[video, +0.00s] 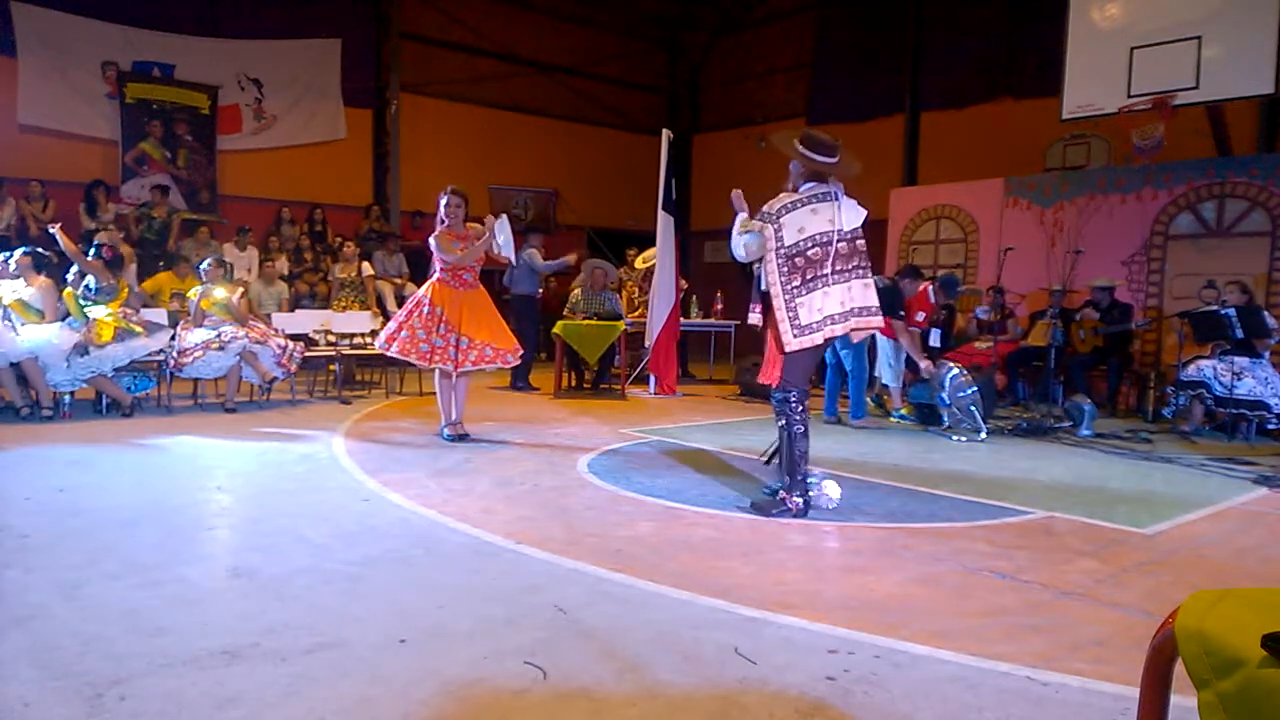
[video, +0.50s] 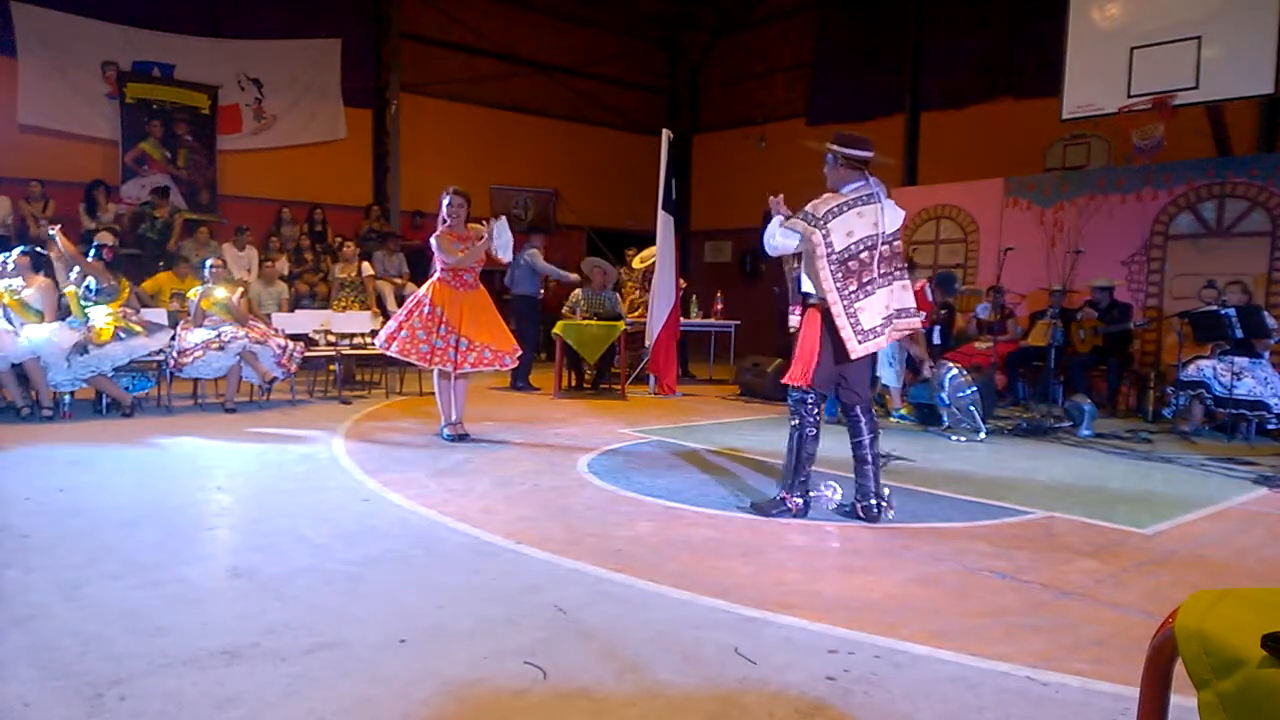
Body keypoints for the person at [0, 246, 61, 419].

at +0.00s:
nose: (16, 259)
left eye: (22, 255)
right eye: (17, 256)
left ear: (33, 261)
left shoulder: (46, 284)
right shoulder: (19, 287)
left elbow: (52, 318)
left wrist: (27, 326)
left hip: (44, 332)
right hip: (20, 333)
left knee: (23, 352)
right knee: (2, 356)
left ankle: (45, 398)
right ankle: (20, 401)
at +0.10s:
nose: (15, 259)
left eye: (21, 255)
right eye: (16, 256)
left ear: (32, 261)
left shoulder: (46, 284)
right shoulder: (18, 286)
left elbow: (51, 319)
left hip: (42, 333)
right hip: (18, 334)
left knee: (25, 353)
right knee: (2, 356)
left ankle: (45, 399)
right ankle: (20, 401)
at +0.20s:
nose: (14, 259)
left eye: (20, 255)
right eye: (15, 255)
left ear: (30, 261)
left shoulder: (45, 284)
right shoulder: (18, 286)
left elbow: (52, 320)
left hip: (43, 336)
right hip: (20, 337)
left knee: (25, 352)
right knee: (2, 356)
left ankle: (45, 399)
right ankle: (20, 401)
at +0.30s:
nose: (14, 259)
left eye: (20, 255)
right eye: (16, 255)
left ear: (30, 261)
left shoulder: (45, 284)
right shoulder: (19, 287)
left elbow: (51, 320)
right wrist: (8, 305)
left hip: (42, 336)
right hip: (20, 337)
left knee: (25, 352)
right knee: (2, 357)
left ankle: (45, 399)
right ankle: (20, 401)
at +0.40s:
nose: (14, 259)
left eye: (20, 255)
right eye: (16, 255)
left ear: (31, 261)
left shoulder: (45, 284)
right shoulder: (21, 287)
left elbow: (51, 319)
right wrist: (8, 306)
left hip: (43, 336)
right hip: (21, 337)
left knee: (25, 352)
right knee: (2, 356)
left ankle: (45, 400)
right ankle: (20, 401)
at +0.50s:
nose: (14, 260)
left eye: (18, 256)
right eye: (16, 256)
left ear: (28, 260)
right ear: (24, 261)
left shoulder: (45, 284)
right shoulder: (18, 286)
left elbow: (50, 320)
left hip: (40, 335)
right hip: (18, 337)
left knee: (25, 353)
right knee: (2, 358)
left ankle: (45, 399)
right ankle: (20, 401)